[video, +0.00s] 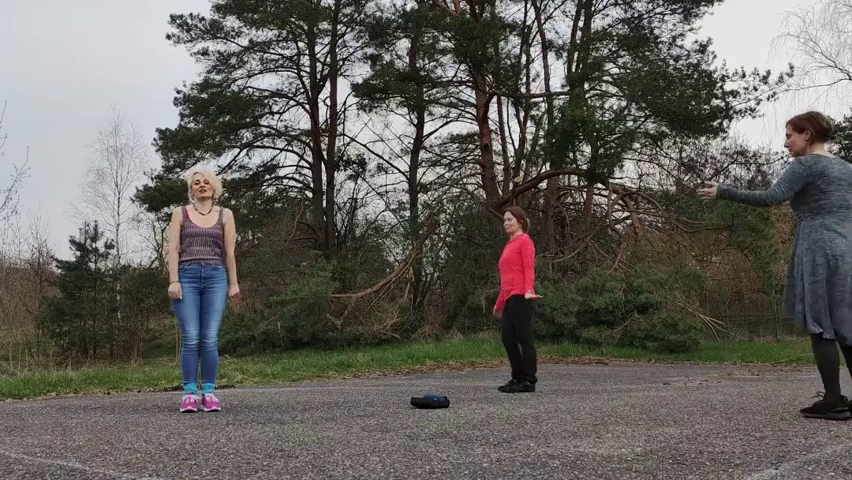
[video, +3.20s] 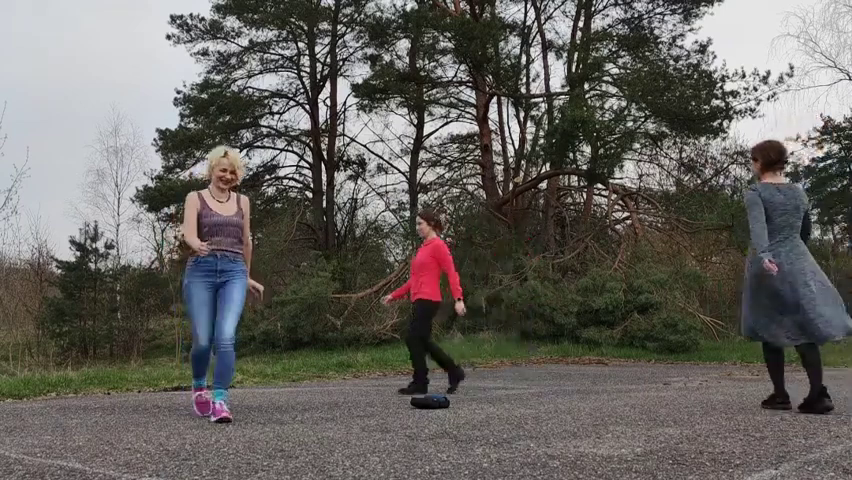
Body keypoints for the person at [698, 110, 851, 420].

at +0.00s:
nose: (786, 142)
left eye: (790, 135)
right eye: (786, 136)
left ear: (807, 134)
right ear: (814, 136)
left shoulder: (805, 165)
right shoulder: (845, 166)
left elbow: (770, 196)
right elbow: (844, 208)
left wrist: (724, 191)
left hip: (818, 249)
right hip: (847, 248)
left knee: (819, 323)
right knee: (842, 323)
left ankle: (833, 398)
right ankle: (843, 397)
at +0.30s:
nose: (787, 144)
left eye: (789, 138)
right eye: (787, 138)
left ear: (802, 137)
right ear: (820, 138)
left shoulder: (800, 167)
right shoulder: (844, 168)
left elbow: (785, 211)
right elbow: (841, 210)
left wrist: (744, 230)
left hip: (815, 254)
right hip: (846, 252)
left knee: (813, 327)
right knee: (841, 328)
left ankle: (833, 399)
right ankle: (849, 397)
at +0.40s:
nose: (788, 144)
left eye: (790, 138)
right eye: (788, 138)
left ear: (803, 139)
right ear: (819, 139)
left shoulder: (802, 169)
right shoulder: (843, 168)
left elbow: (788, 219)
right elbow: (842, 214)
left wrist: (767, 258)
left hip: (815, 255)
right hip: (844, 253)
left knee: (811, 325)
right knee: (839, 325)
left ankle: (832, 397)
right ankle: (840, 397)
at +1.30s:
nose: (791, 135)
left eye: (798, 129)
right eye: (788, 131)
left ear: (818, 134)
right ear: (787, 137)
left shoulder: (814, 165)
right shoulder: (824, 165)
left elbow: (817, 212)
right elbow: (830, 213)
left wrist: (807, 253)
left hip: (820, 253)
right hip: (832, 251)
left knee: (816, 326)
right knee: (833, 326)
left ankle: (833, 398)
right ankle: (836, 397)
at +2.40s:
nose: (775, 144)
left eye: (779, 138)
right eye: (777, 138)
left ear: (789, 141)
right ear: (811, 142)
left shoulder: (780, 177)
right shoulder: (835, 176)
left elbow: (777, 230)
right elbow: (845, 225)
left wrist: (768, 270)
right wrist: (843, 253)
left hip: (802, 255)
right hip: (839, 252)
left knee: (809, 327)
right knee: (836, 325)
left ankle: (833, 399)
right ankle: (847, 389)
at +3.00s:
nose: (762, 156)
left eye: (763, 152)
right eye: (762, 151)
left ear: (770, 154)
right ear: (792, 154)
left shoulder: (762, 186)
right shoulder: (811, 185)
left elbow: (759, 233)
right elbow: (826, 231)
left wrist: (756, 272)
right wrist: (836, 266)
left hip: (782, 262)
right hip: (817, 260)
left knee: (770, 324)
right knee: (815, 326)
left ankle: (795, 377)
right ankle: (822, 396)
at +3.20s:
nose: (752, 166)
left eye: (753, 161)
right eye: (752, 161)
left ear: (761, 163)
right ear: (781, 162)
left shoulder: (754, 192)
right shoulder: (798, 191)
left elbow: (757, 224)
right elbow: (805, 231)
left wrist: (763, 254)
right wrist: (795, 254)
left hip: (767, 264)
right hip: (798, 262)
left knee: (768, 327)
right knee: (803, 326)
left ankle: (779, 393)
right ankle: (818, 393)